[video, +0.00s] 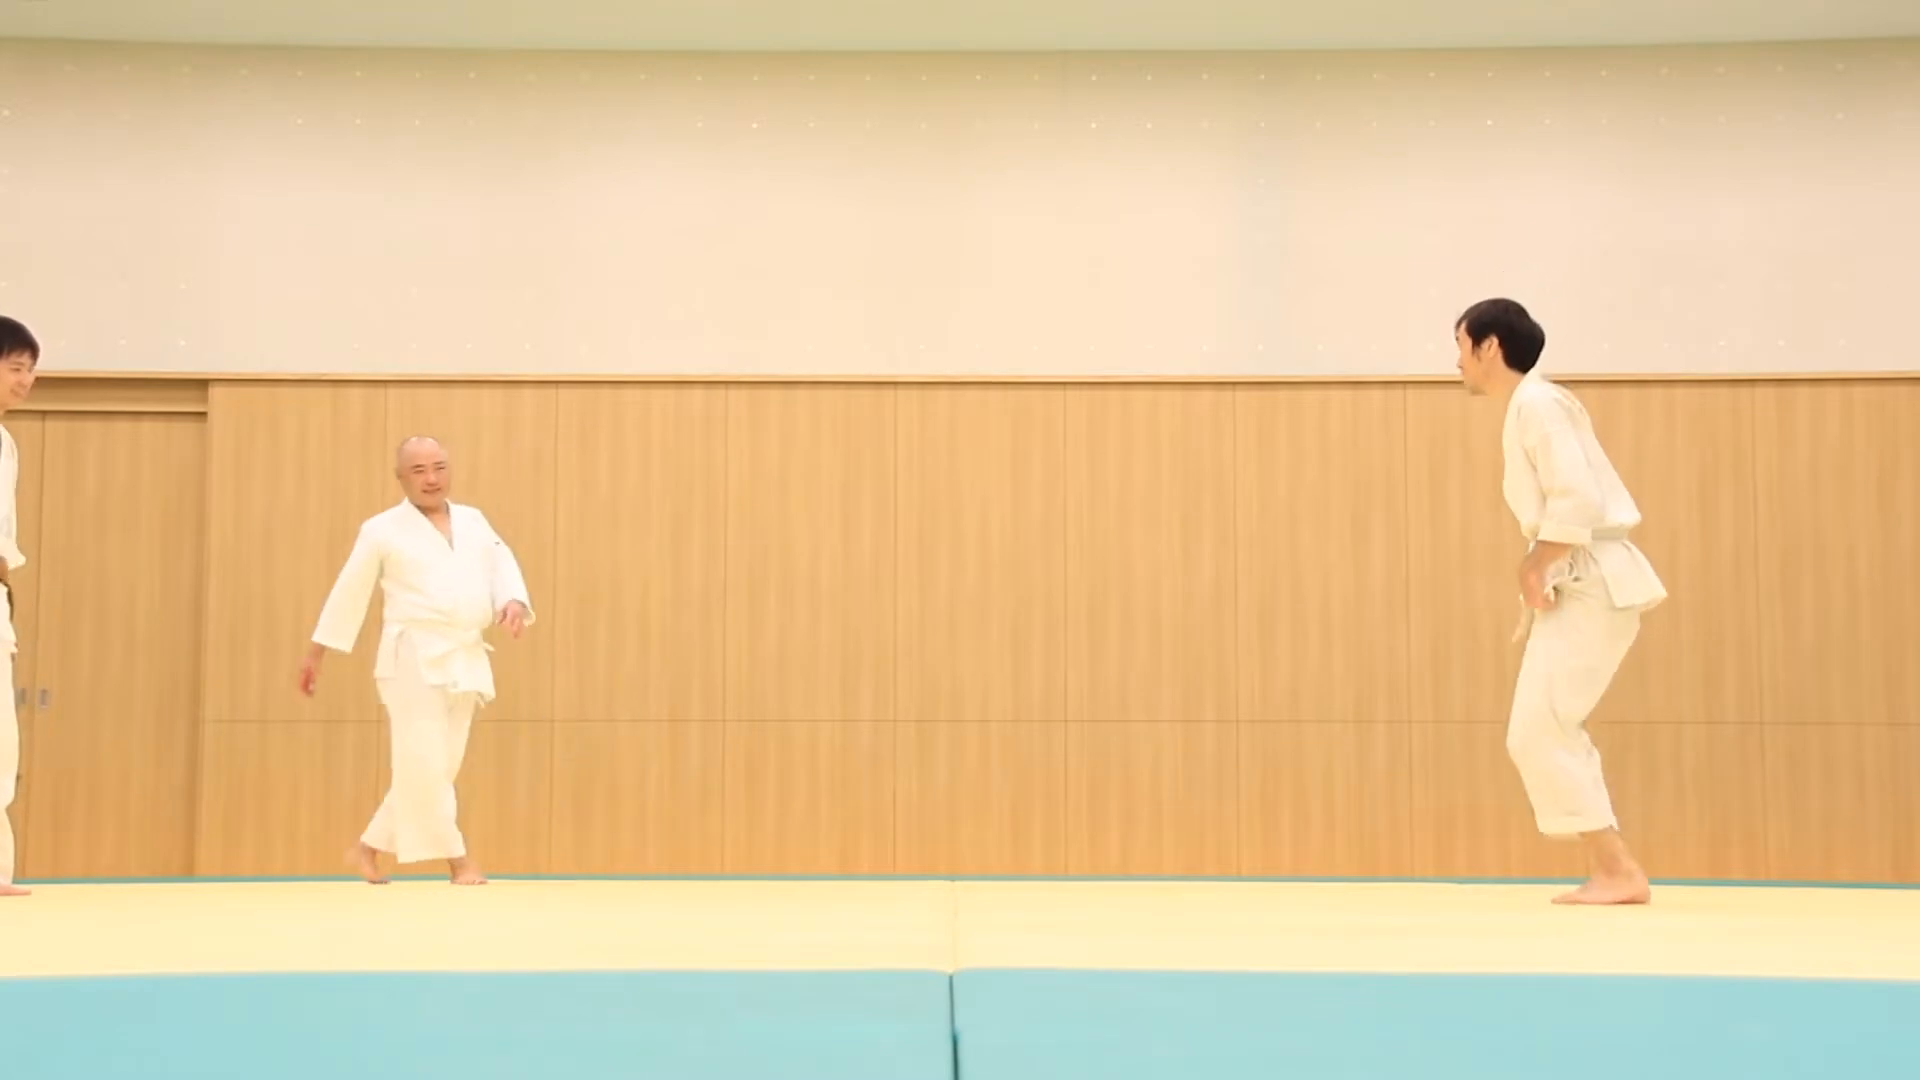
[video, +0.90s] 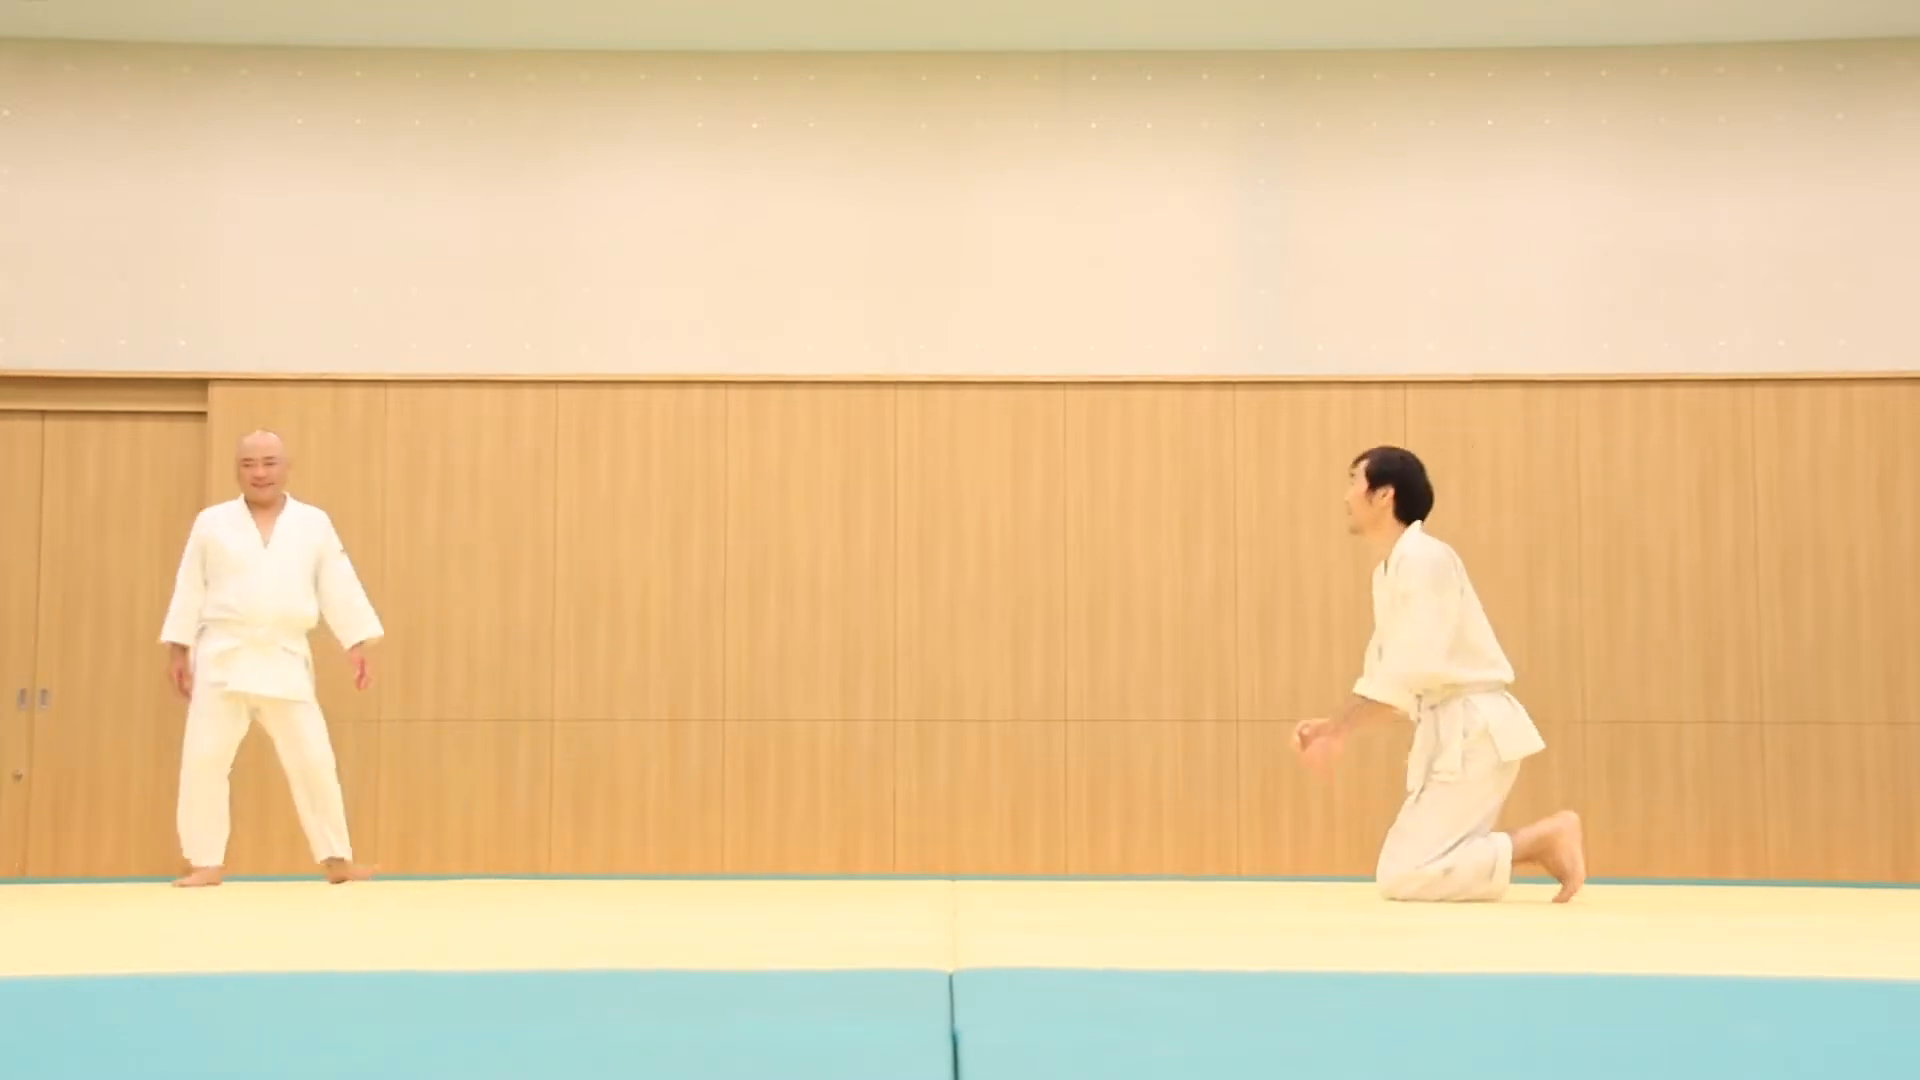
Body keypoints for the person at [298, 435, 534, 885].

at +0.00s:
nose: (431, 478)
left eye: (439, 468)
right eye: (419, 470)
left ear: (450, 471)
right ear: (401, 477)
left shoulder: (473, 522)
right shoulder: (383, 530)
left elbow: (502, 562)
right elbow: (348, 593)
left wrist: (513, 599)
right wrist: (315, 652)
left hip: (465, 657)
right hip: (410, 658)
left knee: (444, 760)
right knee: (425, 758)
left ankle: (371, 844)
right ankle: (459, 861)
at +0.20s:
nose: (410, 480)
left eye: (418, 471)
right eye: (398, 472)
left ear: (428, 476)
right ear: (378, 480)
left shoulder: (439, 530)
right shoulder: (349, 526)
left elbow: (463, 588)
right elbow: (312, 586)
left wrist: (486, 645)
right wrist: (277, 644)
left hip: (416, 658)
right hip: (364, 657)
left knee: (398, 758)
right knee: (393, 755)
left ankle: (352, 863)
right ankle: (436, 859)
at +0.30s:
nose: (399, 476)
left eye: (407, 467)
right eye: (387, 468)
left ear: (415, 472)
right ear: (366, 475)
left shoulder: (426, 525)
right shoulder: (335, 520)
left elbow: (445, 593)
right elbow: (292, 577)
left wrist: (455, 657)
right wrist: (250, 634)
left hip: (399, 656)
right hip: (347, 654)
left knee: (388, 758)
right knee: (366, 753)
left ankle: (349, 862)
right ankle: (390, 859)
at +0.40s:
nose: (384, 471)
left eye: (391, 462)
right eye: (373, 463)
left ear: (402, 467)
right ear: (352, 471)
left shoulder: (413, 522)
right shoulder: (323, 516)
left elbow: (425, 592)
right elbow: (277, 568)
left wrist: (421, 652)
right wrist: (231, 620)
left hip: (384, 655)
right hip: (330, 651)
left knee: (375, 758)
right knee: (329, 751)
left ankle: (362, 858)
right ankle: (333, 855)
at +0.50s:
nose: (368, 470)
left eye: (376, 461)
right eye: (356, 462)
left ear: (386, 466)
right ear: (336, 470)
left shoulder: (399, 521)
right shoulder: (309, 515)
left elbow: (410, 587)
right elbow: (263, 567)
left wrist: (402, 640)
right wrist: (223, 616)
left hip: (372, 655)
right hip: (314, 653)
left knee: (363, 761)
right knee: (288, 751)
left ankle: (352, 862)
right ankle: (272, 855)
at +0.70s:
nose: (321, 471)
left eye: (330, 461)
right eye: (309, 463)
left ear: (343, 467)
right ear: (293, 469)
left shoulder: (360, 522)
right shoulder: (267, 517)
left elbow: (376, 591)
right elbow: (237, 577)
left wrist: (376, 654)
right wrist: (214, 626)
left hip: (339, 656)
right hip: (277, 653)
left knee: (342, 761)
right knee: (241, 751)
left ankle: (350, 863)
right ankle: (210, 861)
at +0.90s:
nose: (259, 472)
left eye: (269, 463)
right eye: (248, 464)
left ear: (286, 468)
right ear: (237, 470)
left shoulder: (312, 522)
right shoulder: (212, 522)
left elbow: (337, 584)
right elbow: (189, 587)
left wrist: (356, 644)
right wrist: (179, 650)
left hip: (285, 659)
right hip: (221, 657)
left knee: (314, 760)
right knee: (204, 760)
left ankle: (338, 862)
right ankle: (205, 864)